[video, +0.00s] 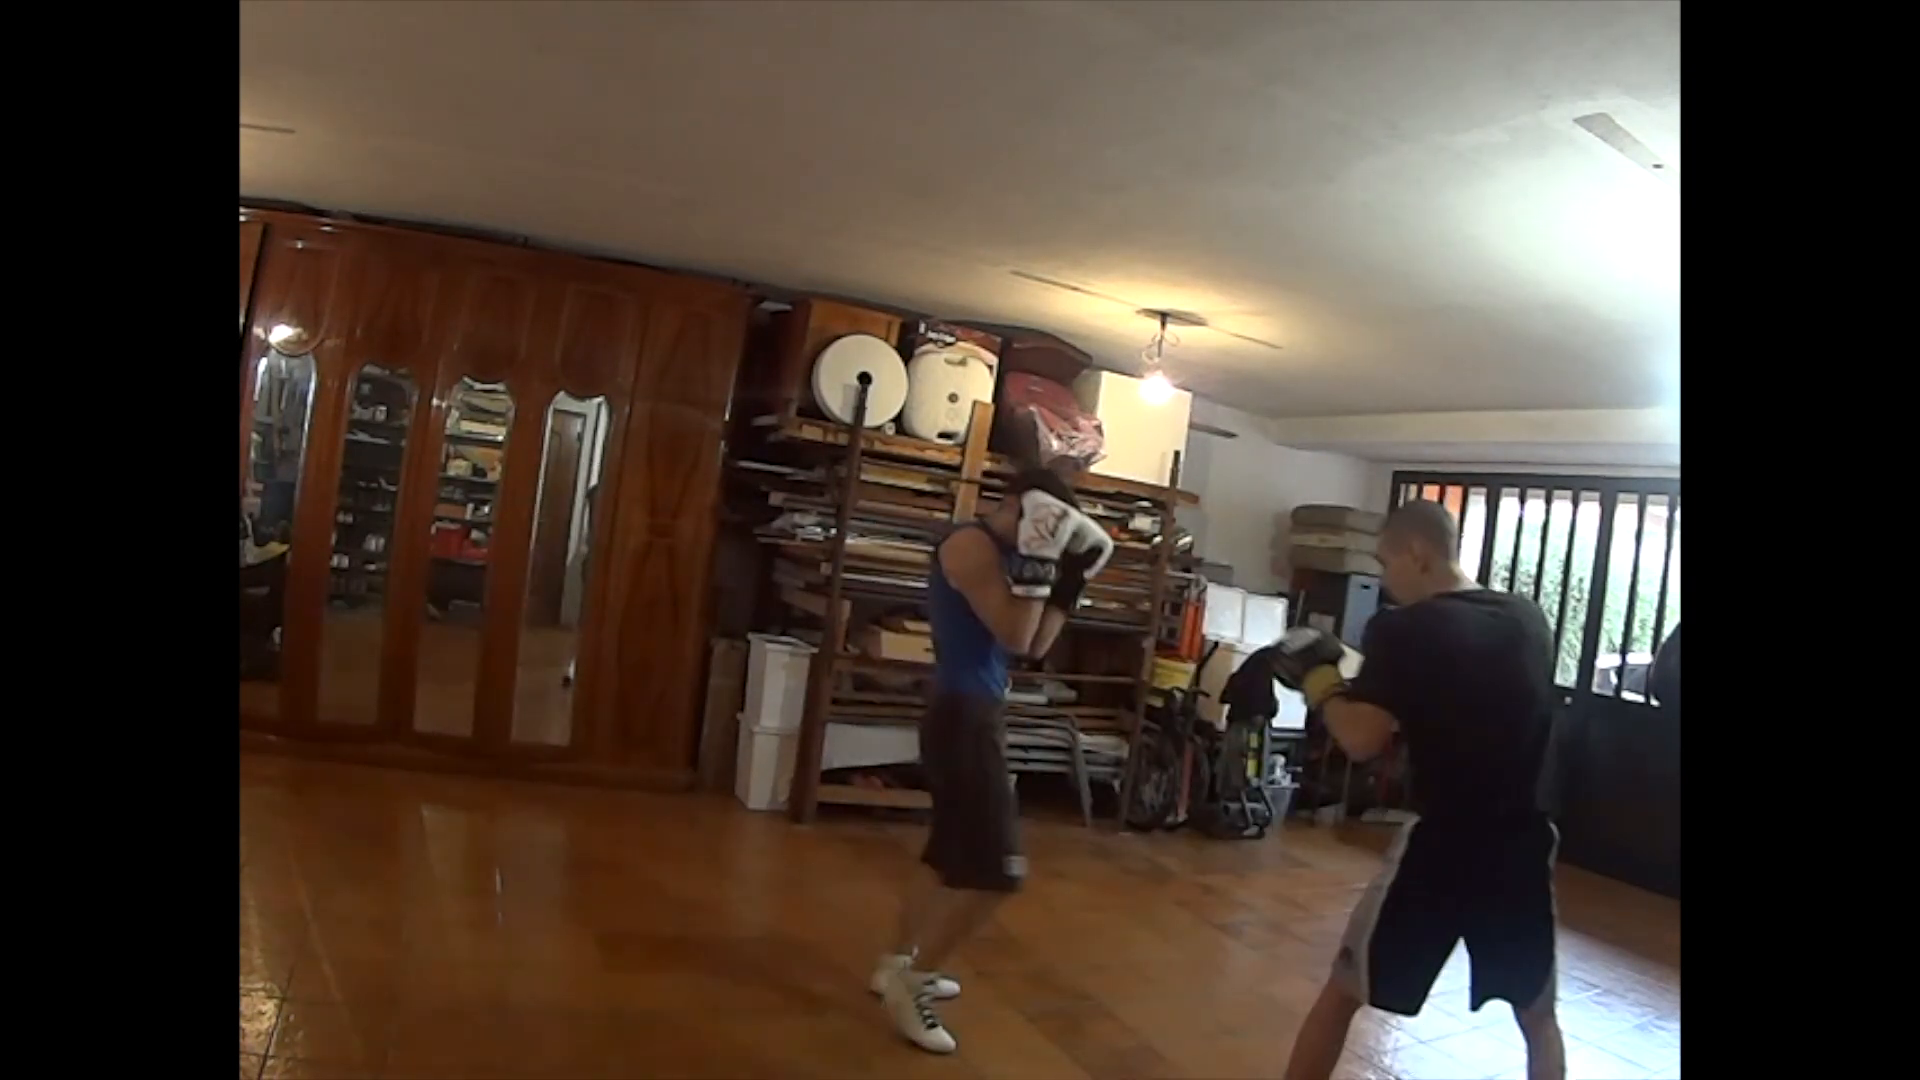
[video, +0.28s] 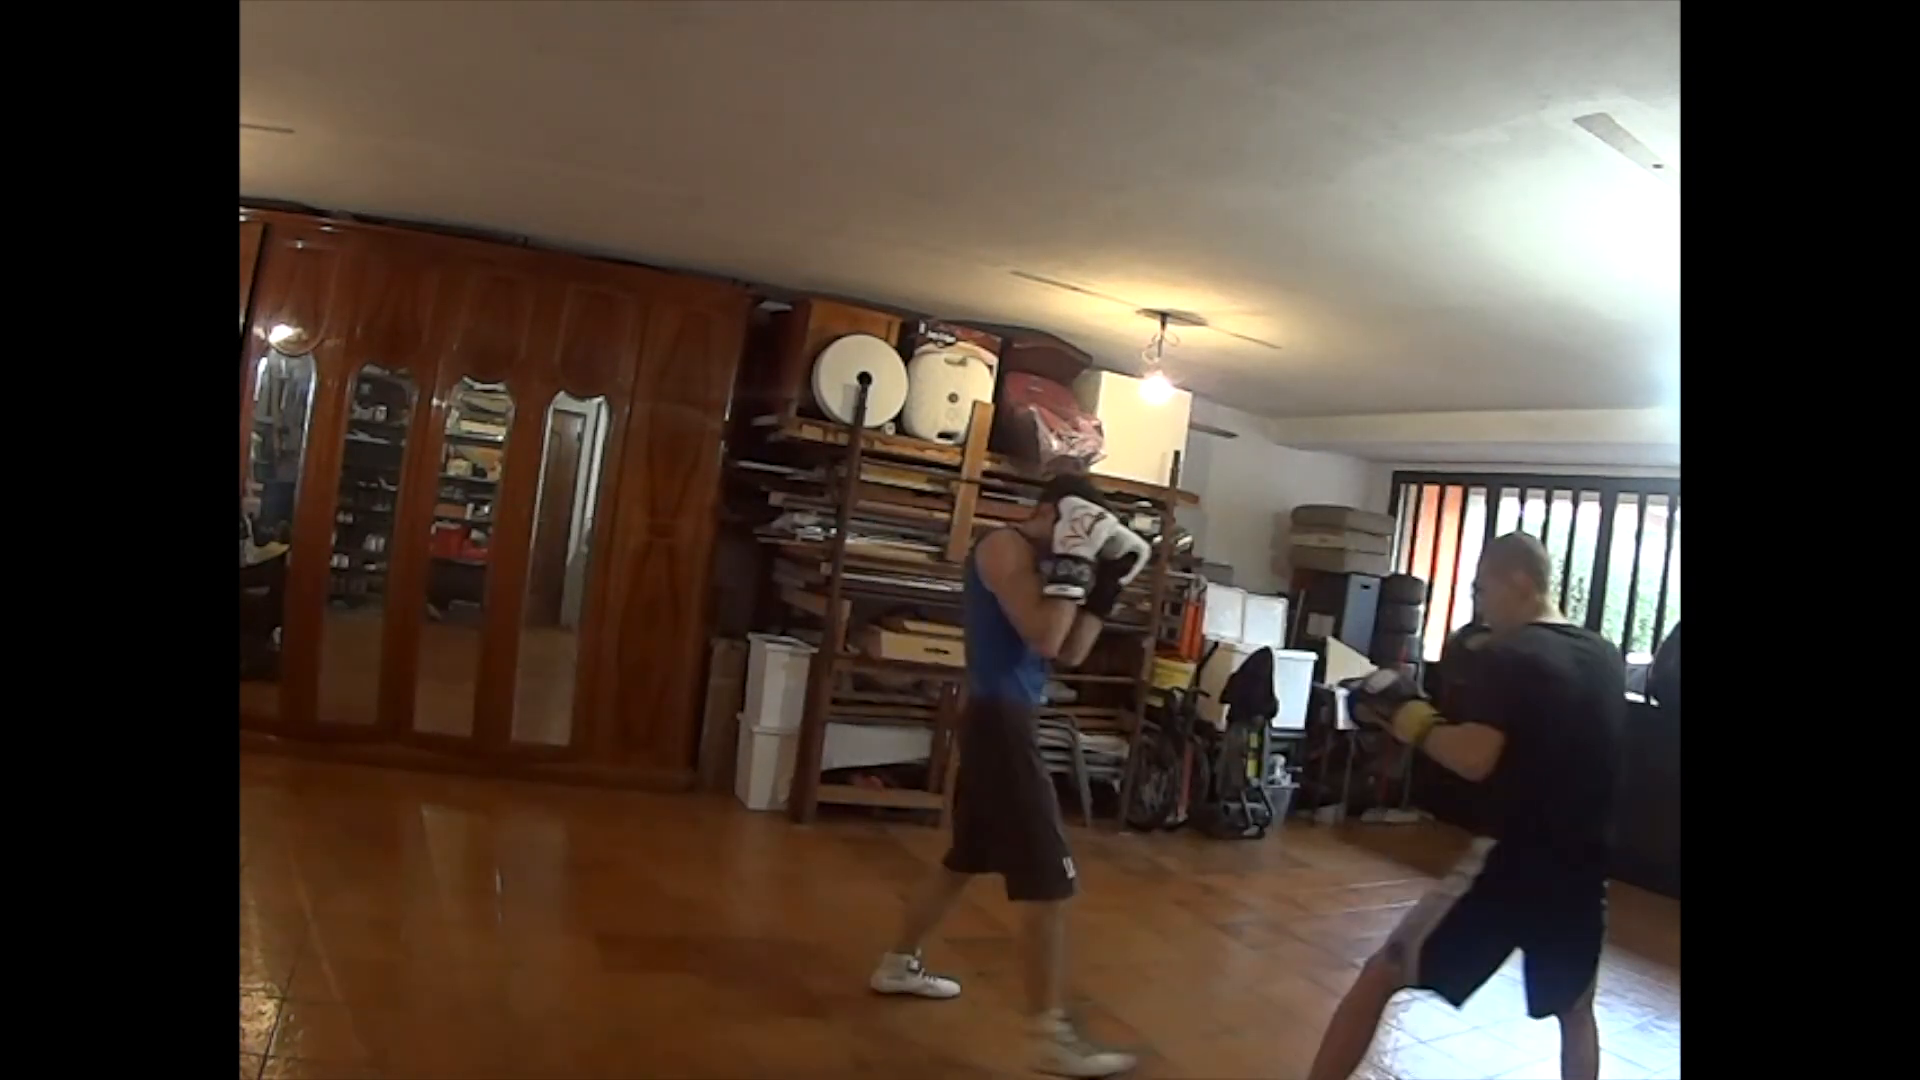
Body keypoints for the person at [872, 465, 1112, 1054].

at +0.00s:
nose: (1049, 532)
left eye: (1056, 523)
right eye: (1049, 518)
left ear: (1028, 508)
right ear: (1024, 503)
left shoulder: (1005, 554)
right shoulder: (968, 545)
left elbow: (1036, 643)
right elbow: (1018, 635)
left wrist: (1073, 579)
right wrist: (1047, 565)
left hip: (975, 719)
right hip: (963, 721)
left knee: (948, 859)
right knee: (997, 873)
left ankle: (902, 960)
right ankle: (912, 979)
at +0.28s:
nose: (1078, 535)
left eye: (1083, 525)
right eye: (1077, 522)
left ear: (1061, 521)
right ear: (1054, 511)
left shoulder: (1038, 557)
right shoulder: (1003, 547)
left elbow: (1072, 652)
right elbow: (1045, 638)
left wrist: (1108, 586)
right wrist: (1073, 566)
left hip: (1005, 723)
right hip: (1000, 724)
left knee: (966, 856)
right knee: (1051, 881)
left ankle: (899, 963)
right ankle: (1048, 1029)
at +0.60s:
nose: (1167, 591)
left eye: (1177, 581)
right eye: (1169, 575)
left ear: (1146, 555)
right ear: (1145, 553)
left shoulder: (1087, 588)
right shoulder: (1100, 604)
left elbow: (1140, 684)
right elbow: (1153, 702)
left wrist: (1176, 630)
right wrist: (1185, 627)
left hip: (1031, 763)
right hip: (1051, 771)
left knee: (990, 882)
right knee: (1119, 920)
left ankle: (900, 966)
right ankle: (1114, 1063)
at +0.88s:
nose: (1203, 579)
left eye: (1211, 568)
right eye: (1206, 564)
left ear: (1176, 542)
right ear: (1181, 541)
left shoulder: (1118, 570)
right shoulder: (1137, 587)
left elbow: (1183, 679)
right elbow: (1193, 693)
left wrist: (1216, 620)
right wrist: (1228, 613)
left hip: (1050, 749)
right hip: (1080, 759)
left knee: (1001, 880)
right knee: (1125, 919)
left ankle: (917, 979)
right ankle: (1115, 1061)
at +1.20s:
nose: (1220, 586)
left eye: (1227, 577)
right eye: (1219, 571)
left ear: (1183, 553)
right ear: (1187, 551)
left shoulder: (1125, 587)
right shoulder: (1158, 599)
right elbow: (1194, 703)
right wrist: (1239, 629)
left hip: (1070, 776)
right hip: (1112, 789)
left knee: (1003, 900)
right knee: (1181, 943)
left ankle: (916, 991)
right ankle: (1204, 1072)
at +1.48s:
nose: (1264, 590)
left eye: (1271, 582)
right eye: (1264, 576)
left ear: (1217, 549)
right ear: (1233, 554)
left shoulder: (1154, 588)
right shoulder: (1206, 597)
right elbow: (1261, 693)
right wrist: (1310, 629)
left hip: (1097, 777)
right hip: (1147, 789)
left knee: (1036, 916)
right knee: (1205, 951)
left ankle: (940, 1017)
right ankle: (1203, 1075)